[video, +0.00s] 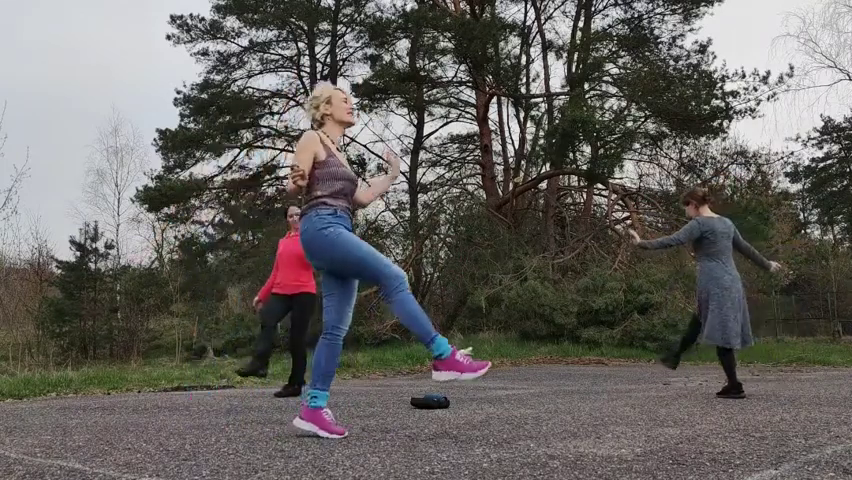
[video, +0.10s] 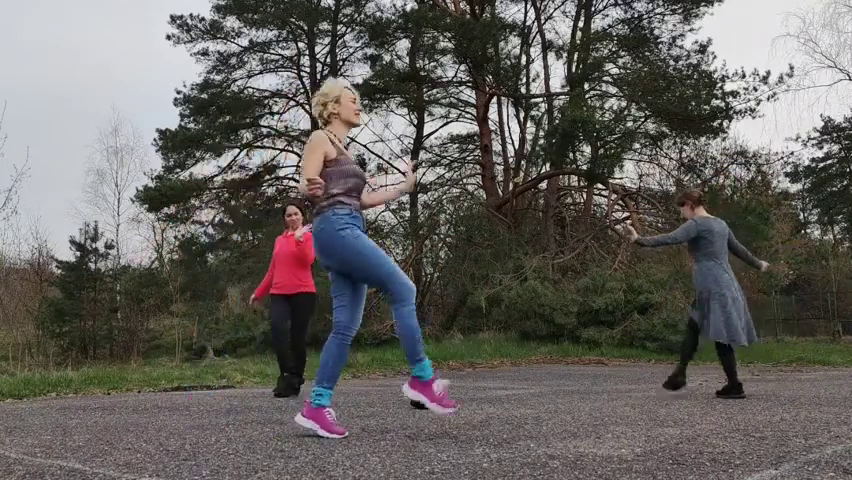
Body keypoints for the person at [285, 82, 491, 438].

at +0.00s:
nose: (352, 104)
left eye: (351, 100)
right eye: (344, 99)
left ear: (340, 109)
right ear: (325, 107)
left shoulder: (339, 157)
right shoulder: (312, 138)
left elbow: (362, 197)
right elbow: (296, 185)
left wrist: (392, 171)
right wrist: (296, 184)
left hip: (337, 233)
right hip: (321, 227)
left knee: (335, 328)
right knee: (393, 278)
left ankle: (312, 409)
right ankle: (444, 356)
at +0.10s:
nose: (359, 105)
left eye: (358, 100)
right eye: (352, 100)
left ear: (348, 109)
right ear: (333, 106)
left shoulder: (343, 152)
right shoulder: (320, 138)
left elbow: (361, 200)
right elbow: (307, 179)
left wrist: (404, 187)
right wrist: (311, 187)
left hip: (346, 233)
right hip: (336, 230)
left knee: (344, 327)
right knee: (403, 290)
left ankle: (316, 405)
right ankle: (423, 379)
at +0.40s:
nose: (381, 101)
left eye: (378, 96)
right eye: (375, 97)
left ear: (363, 108)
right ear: (362, 107)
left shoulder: (368, 141)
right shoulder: (361, 138)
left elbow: (363, 193)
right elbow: (350, 189)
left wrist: (390, 224)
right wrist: (375, 197)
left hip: (362, 232)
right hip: (371, 232)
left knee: (371, 323)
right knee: (397, 319)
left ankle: (333, 394)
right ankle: (394, 405)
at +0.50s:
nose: (387, 99)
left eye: (384, 95)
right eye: (381, 96)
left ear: (366, 106)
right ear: (366, 105)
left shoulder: (365, 139)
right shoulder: (367, 136)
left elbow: (343, 194)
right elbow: (358, 186)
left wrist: (361, 225)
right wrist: (385, 193)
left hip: (361, 229)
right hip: (372, 229)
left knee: (383, 317)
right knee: (396, 317)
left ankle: (335, 379)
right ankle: (394, 404)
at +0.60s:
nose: (390, 108)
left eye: (387, 103)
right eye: (384, 103)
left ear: (364, 111)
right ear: (368, 109)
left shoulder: (360, 145)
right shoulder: (366, 140)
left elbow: (335, 199)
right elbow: (359, 191)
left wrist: (350, 232)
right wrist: (390, 203)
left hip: (362, 235)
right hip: (372, 234)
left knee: (391, 321)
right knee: (400, 322)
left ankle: (327, 358)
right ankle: (389, 409)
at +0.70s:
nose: (385, 115)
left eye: (383, 109)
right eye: (379, 109)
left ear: (361, 117)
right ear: (362, 115)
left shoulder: (355, 151)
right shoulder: (358, 148)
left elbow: (336, 206)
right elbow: (356, 202)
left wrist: (353, 235)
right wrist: (384, 217)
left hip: (364, 242)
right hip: (370, 242)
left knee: (386, 327)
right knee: (400, 327)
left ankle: (311, 351)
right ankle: (387, 414)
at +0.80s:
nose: (372, 110)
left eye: (370, 105)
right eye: (366, 105)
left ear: (350, 114)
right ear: (347, 112)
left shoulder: (354, 147)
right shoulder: (346, 146)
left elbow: (353, 200)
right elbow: (343, 200)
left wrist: (378, 218)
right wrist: (368, 223)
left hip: (360, 241)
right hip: (361, 242)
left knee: (363, 330)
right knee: (391, 325)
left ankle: (288, 362)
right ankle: (388, 412)